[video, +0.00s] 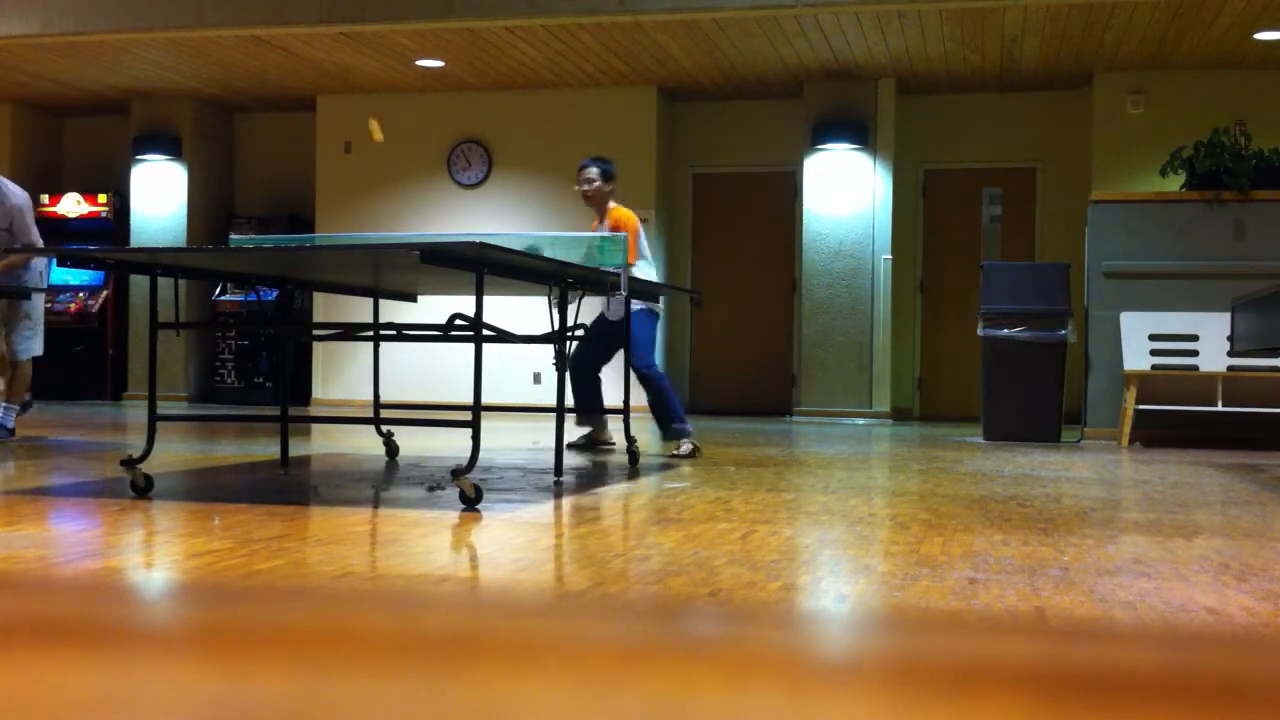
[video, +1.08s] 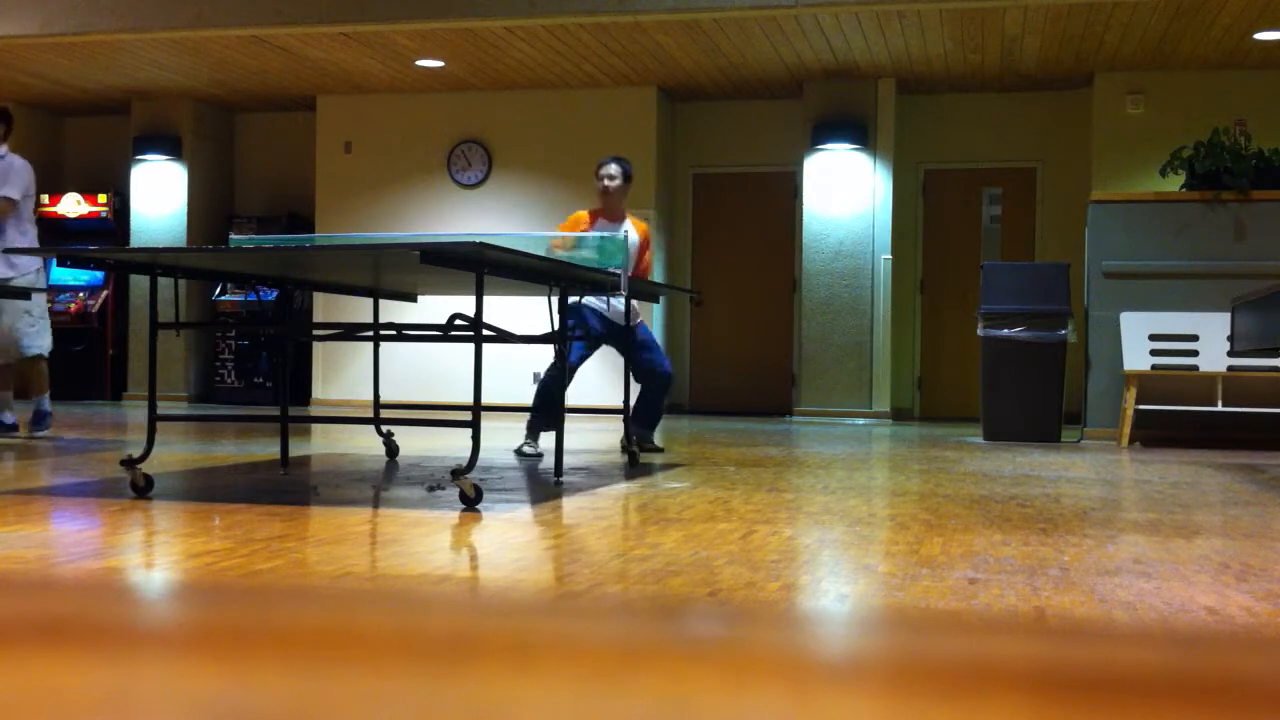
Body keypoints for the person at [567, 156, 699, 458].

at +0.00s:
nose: (585, 189)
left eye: (591, 182)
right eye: (581, 183)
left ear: (610, 184)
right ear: (578, 188)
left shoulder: (624, 218)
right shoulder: (596, 226)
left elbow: (624, 264)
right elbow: (596, 265)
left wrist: (583, 272)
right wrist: (570, 273)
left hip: (640, 304)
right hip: (614, 306)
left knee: (643, 366)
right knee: (581, 363)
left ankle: (682, 438)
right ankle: (598, 431)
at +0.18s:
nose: (559, 200)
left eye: (565, 193)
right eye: (557, 194)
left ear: (584, 194)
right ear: (557, 197)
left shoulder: (594, 222)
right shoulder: (588, 227)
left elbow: (584, 271)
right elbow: (577, 279)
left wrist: (546, 306)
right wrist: (545, 308)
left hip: (626, 303)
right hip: (609, 307)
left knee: (632, 363)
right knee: (580, 362)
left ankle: (682, 426)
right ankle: (590, 432)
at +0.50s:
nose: (565, 171)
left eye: (573, 166)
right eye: (567, 165)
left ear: (591, 174)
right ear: (582, 174)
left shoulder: (602, 204)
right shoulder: (586, 208)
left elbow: (590, 253)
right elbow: (588, 255)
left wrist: (560, 267)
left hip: (620, 301)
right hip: (592, 303)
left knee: (641, 361)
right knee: (570, 363)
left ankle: (677, 430)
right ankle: (589, 430)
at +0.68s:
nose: (596, 158)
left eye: (604, 152)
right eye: (595, 152)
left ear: (621, 159)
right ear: (594, 157)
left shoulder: (641, 202)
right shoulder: (585, 187)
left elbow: (651, 239)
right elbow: (560, 175)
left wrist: (659, 255)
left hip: (622, 282)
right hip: (583, 280)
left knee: (649, 330)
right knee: (556, 345)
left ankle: (650, 407)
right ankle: (576, 392)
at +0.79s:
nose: (610, 167)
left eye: (617, 163)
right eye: (607, 162)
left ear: (630, 167)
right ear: (601, 165)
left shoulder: (643, 217)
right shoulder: (592, 194)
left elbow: (647, 263)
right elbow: (601, 191)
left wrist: (652, 290)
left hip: (623, 294)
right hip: (584, 290)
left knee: (655, 351)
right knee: (545, 344)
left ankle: (642, 426)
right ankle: (532, 385)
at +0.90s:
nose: (616, 188)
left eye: (623, 183)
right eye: (612, 183)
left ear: (636, 189)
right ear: (607, 187)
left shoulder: (641, 230)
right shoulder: (591, 217)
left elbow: (643, 278)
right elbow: (595, 254)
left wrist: (646, 311)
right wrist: (640, 240)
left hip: (624, 312)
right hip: (587, 307)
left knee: (659, 369)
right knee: (569, 358)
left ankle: (637, 432)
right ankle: (531, 417)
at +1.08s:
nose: (605, 183)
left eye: (612, 178)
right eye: (601, 178)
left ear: (626, 184)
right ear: (595, 184)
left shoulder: (639, 231)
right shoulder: (579, 222)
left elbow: (643, 279)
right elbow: (553, 253)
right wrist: (584, 269)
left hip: (625, 312)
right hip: (586, 308)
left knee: (660, 373)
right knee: (565, 364)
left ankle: (639, 435)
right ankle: (533, 435)